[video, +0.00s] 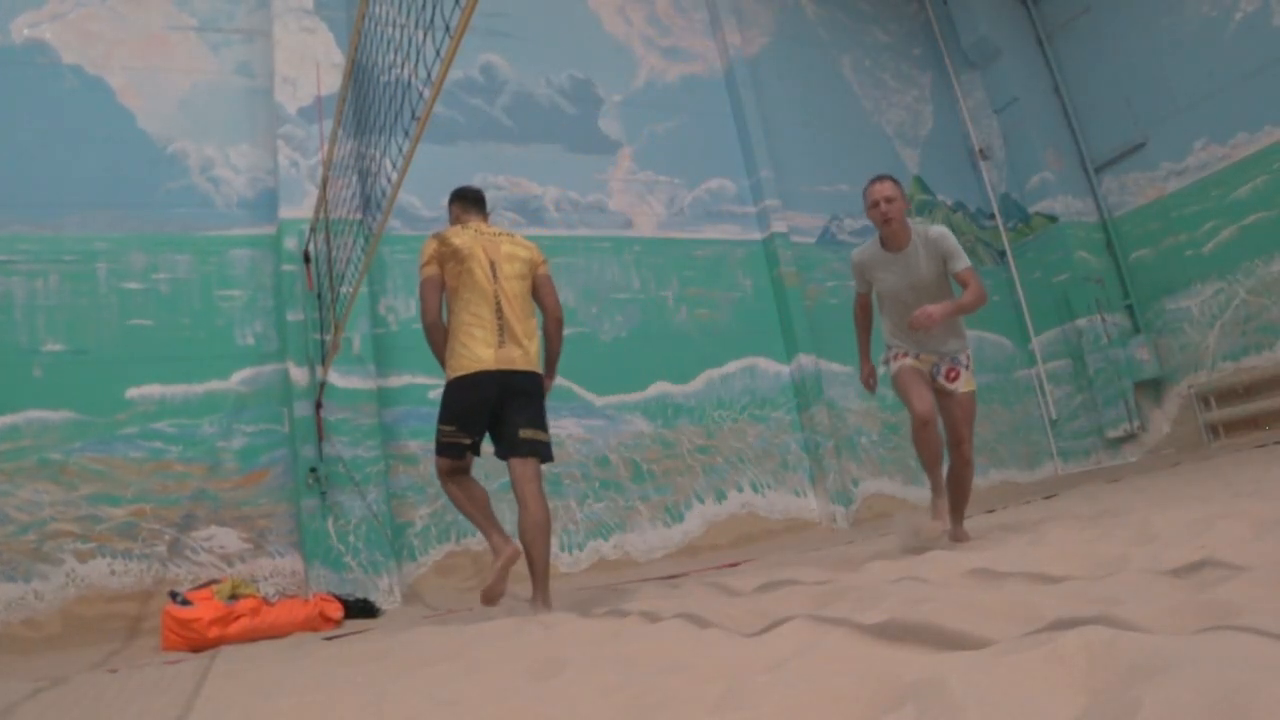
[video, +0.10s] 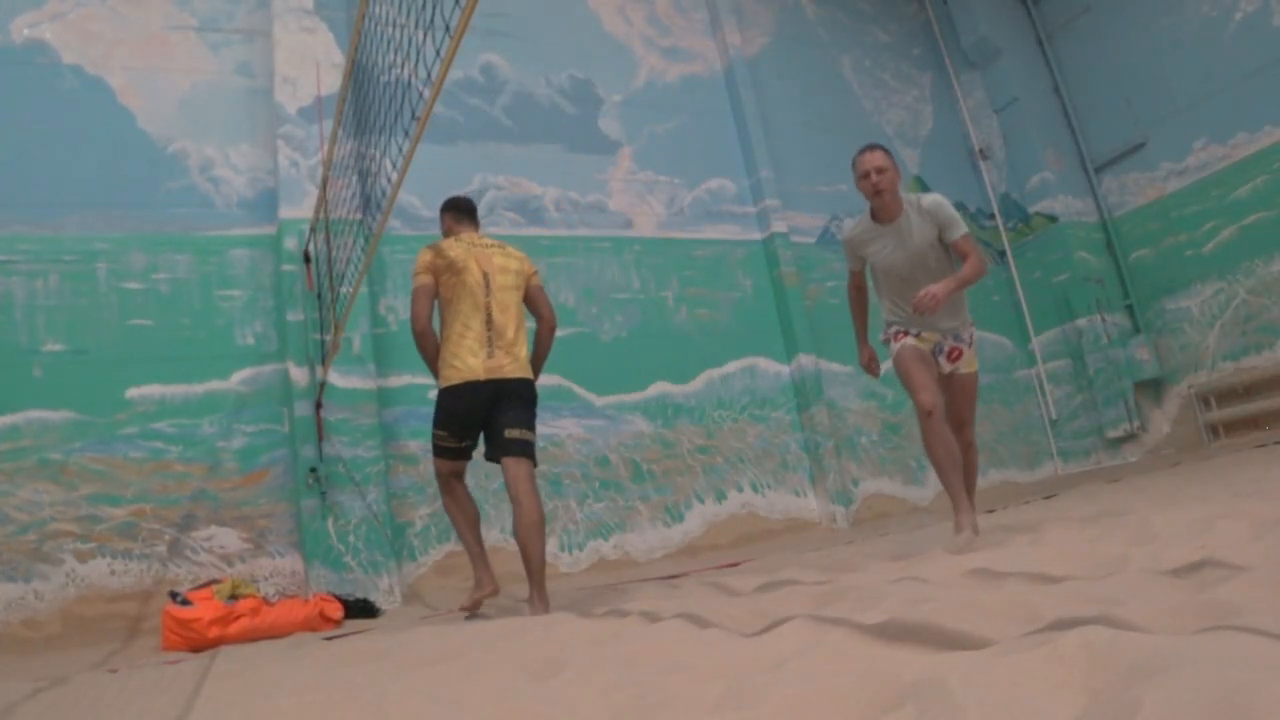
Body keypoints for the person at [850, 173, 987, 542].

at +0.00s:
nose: (884, 209)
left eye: (890, 201)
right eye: (875, 205)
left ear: (905, 204)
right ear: (868, 215)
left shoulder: (937, 238)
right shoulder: (864, 259)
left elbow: (978, 292)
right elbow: (863, 305)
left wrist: (944, 309)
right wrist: (865, 360)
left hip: (950, 351)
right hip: (904, 353)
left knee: (962, 447)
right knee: (923, 412)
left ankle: (956, 525)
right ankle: (937, 487)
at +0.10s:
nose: (875, 180)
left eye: (881, 171)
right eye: (865, 176)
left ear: (896, 175)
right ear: (858, 186)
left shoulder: (933, 208)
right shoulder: (856, 236)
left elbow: (977, 262)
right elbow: (857, 287)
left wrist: (946, 287)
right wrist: (863, 343)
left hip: (954, 328)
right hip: (905, 332)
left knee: (962, 432)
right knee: (928, 406)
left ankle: (968, 515)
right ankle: (962, 511)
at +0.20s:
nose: (873, 168)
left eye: (879, 158)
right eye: (863, 163)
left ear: (895, 160)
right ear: (855, 175)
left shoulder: (934, 195)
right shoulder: (852, 231)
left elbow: (984, 248)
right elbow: (851, 294)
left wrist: (966, 281)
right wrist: (859, 354)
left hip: (963, 326)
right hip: (910, 336)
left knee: (982, 440)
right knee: (943, 428)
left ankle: (962, 491)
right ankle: (979, 527)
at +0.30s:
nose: (875, 159)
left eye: (881, 149)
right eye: (864, 155)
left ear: (899, 152)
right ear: (855, 167)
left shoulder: (942, 190)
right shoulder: (854, 229)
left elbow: (985, 237)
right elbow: (849, 301)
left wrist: (1001, 281)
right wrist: (858, 364)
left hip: (972, 323)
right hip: (915, 338)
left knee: (1001, 432)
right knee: (951, 440)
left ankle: (984, 471)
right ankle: (979, 529)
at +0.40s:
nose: (883, 136)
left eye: (889, 124)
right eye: (871, 131)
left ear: (907, 127)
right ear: (861, 144)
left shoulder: (949, 169)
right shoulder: (857, 204)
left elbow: (989, 217)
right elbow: (853, 277)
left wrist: (1018, 254)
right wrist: (866, 321)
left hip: (976, 307)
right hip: (918, 330)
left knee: (1012, 382)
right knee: (949, 447)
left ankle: (1012, 489)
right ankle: (977, 529)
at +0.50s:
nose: (891, 87)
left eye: (898, 74)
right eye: (878, 81)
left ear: (919, 76)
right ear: (868, 95)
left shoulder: (963, 125)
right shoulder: (863, 155)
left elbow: (995, 180)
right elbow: (855, 239)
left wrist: (1031, 221)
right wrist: (884, 270)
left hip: (985, 273)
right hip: (923, 299)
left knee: (1025, 353)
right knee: (951, 425)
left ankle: (1050, 517)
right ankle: (969, 525)